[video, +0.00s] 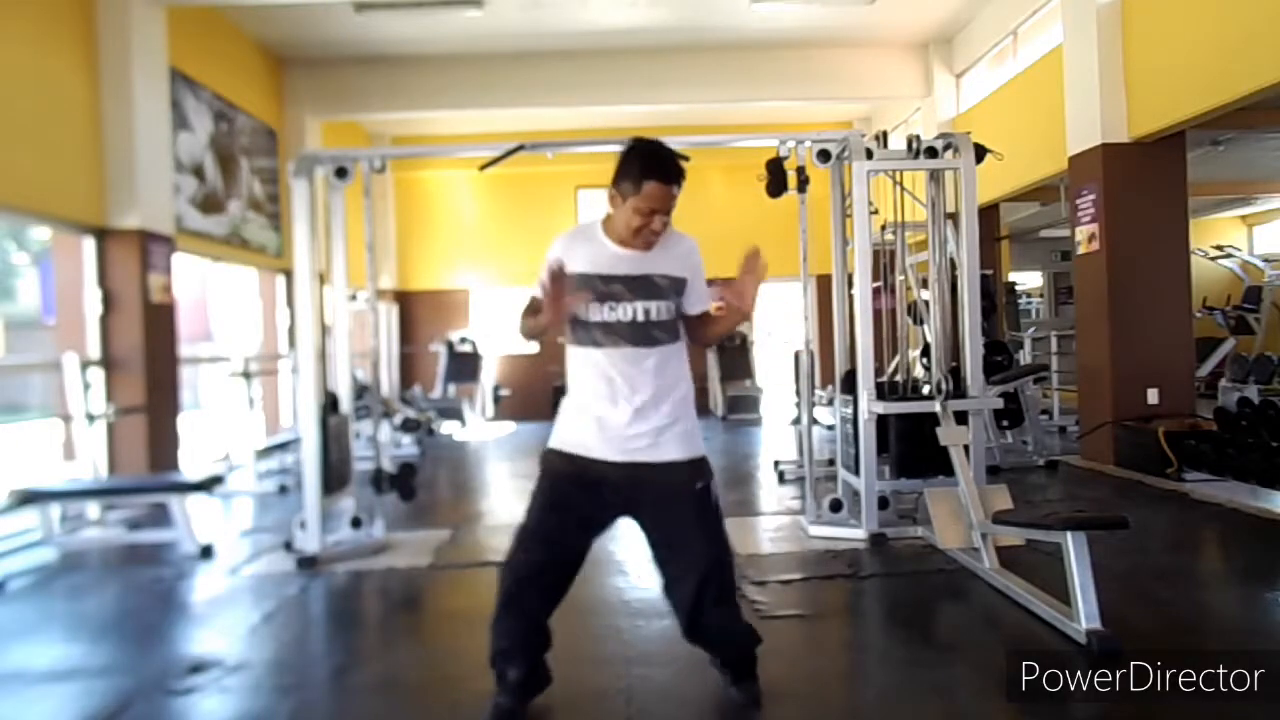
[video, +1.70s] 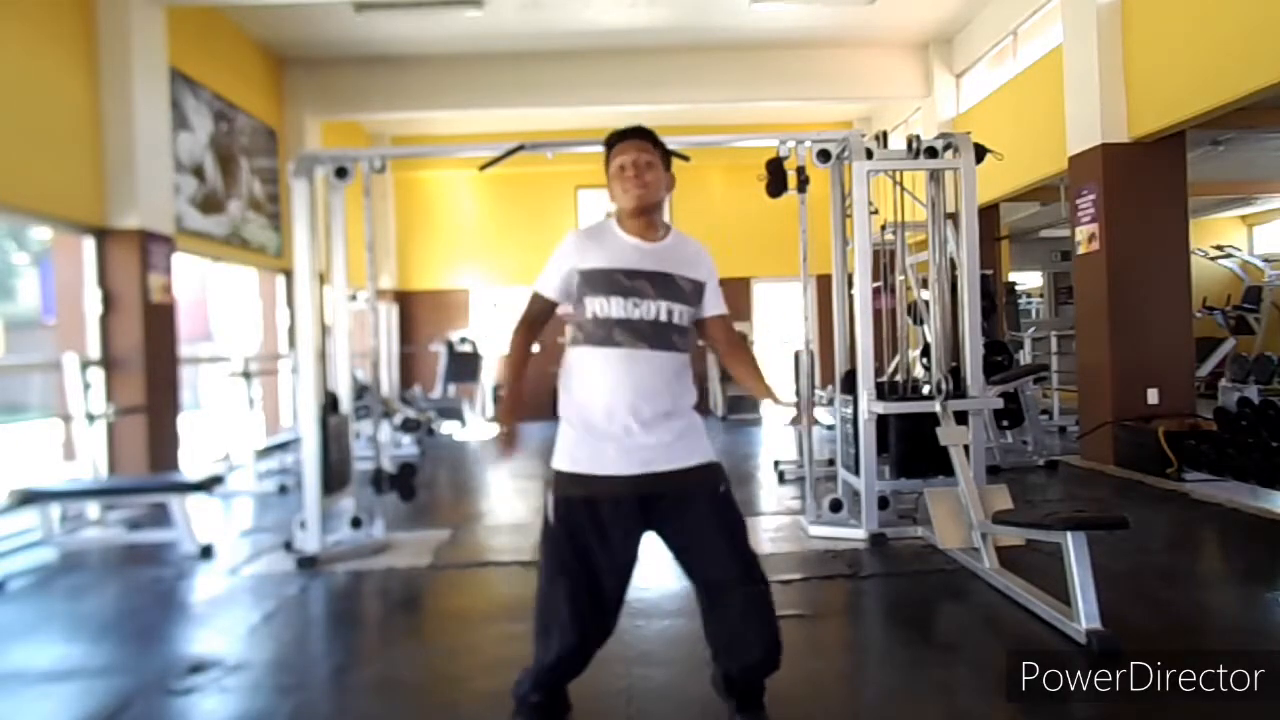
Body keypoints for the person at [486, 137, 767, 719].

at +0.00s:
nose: (658, 224)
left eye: (667, 212)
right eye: (647, 212)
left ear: (675, 203)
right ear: (615, 196)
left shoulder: (683, 253)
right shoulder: (572, 249)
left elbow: (699, 333)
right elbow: (530, 325)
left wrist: (734, 315)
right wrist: (548, 322)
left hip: (670, 452)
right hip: (582, 449)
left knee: (705, 584)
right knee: (526, 576)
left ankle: (740, 671)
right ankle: (514, 687)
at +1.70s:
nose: (635, 175)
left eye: (647, 165)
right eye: (623, 169)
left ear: (668, 179)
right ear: (608, 187)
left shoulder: (692, 256)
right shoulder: (579, 249)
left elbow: (725, 338)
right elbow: (527, 329)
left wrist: (767, 396)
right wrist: (509, 408)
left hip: (681, 453)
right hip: (591, 458)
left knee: (735, 582)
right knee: (573, 599)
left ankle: (747, 698)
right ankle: (540, 702)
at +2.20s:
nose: (617, 217)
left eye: (625, 201)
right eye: (608, 206)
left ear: (664, 178)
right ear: (603, 200)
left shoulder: (728, 242)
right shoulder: (601, 259)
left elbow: (766, 328)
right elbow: (563, 353)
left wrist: (738, 325)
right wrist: (497, 386)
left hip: (700, 485)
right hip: (601, 480)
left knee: (742, 650)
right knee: (556, 624)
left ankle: (766, 712)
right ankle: (556, 710)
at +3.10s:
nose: (647, 149)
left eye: (661, 135)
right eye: (629, 137)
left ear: (682, 148)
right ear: (610, 155)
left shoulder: (723, 232)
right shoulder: (585, 231)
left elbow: (741, 329)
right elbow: (539, 318)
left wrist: (814, 329)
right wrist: (558, 336)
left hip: (715, 479)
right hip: (608, 482)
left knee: (769, 664)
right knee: (575, 672)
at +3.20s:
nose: (650, 159)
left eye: (664, 144)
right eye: (633, 147)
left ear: (683, 156)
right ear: (613, 164)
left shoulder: (725, 240)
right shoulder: (587, 249)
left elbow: (769, 333)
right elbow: (531, 337)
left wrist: (816, 396)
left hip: (710, 484)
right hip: (601, 490)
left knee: (783, 656)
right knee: (567, 674)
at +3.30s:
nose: (657, 157)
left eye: (670, 142)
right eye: (639, 147)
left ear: (693, 154)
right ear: (620, 167)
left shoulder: (731, 233)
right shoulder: (594, 249)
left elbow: (757, 321)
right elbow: (547, 333)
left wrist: (758, 338)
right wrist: (485, 360)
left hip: (717, 491)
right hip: (608, 492)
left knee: (766, 678)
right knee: (565, 676)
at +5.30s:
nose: (675, 211)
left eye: (692, 198)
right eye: (661, 196)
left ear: (715, 178)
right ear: (642, 172)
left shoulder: (748, 235)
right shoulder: (608, 227)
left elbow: (771, 331)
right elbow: (563, 315)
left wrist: (805, 294)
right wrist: (531, 316)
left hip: (720, 483)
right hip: (612, 475)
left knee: (755, 679)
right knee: (551, 654)